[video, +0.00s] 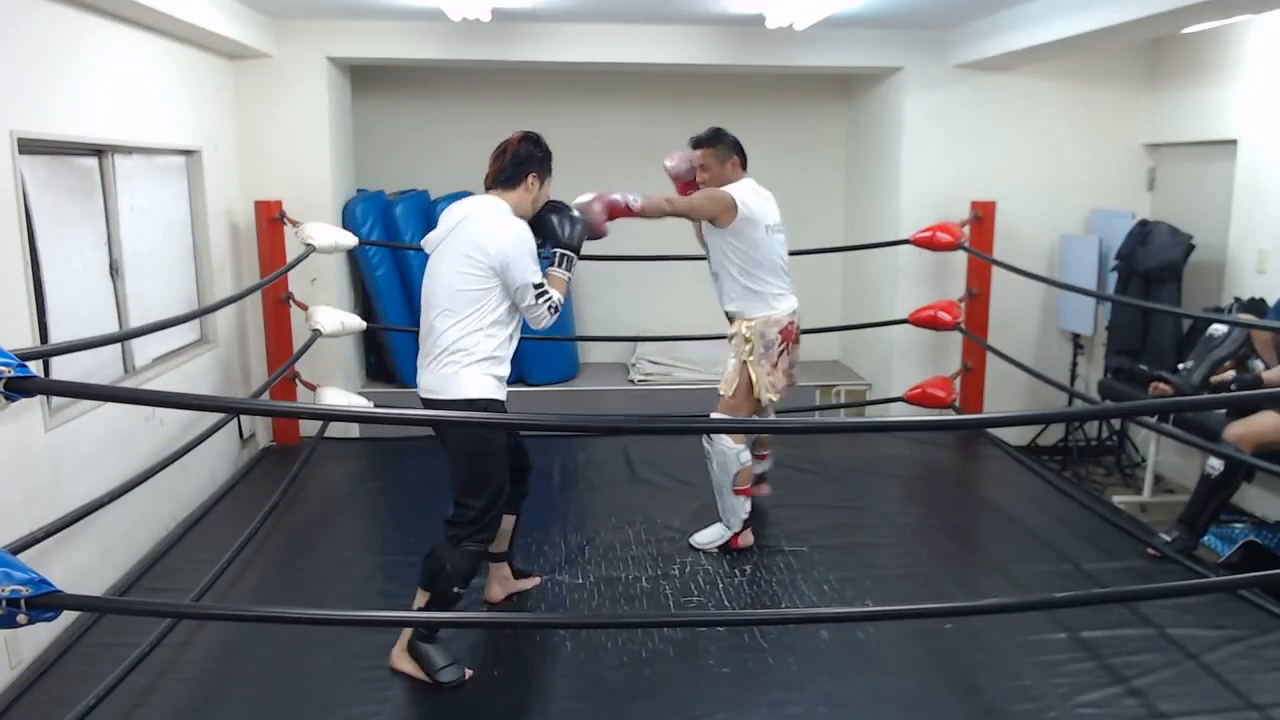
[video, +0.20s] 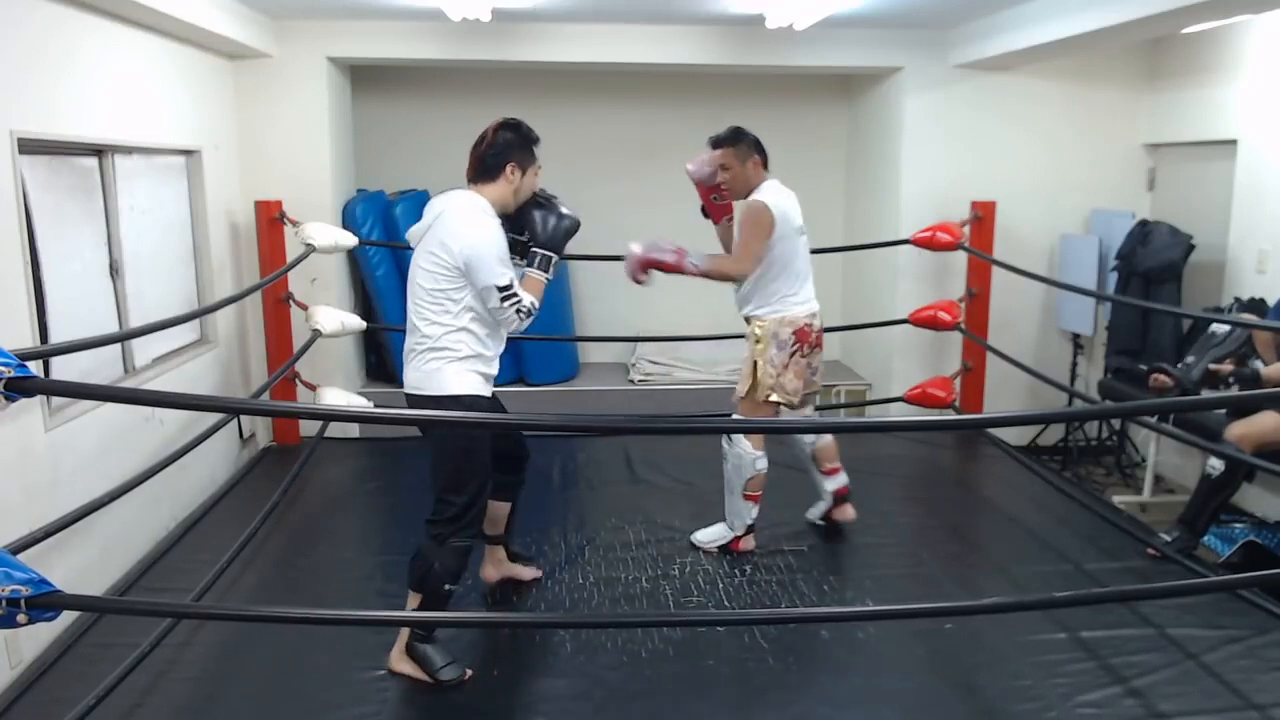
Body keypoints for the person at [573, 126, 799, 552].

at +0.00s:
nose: (698, 179)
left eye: (705, 168)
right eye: (696, 170)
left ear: (733, 165)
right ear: (739, 168)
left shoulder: (728, 199)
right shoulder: (760, 197)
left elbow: (669, 206)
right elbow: (715, 243)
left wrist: (612, 204)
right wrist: (685, 186)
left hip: (757, 327)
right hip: (778, 322)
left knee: (723, 432)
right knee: (758, 407)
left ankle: (735, 526)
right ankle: (758, 474)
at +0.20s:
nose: (720, 179)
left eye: (727, 168)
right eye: (717, 171)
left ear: (755, 163)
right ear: (758, 167)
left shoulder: (760, 205)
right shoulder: (779, 198)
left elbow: (738, 267)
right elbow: (738, 255)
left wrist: (679, 261)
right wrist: (712, 198)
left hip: (776, 332)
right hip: (801, 326)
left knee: (746, 429)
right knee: (801, 417)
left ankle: (740, 529)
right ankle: (839, 501)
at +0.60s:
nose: (741, 205)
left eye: (749, 195)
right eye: (738, 197)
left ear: (781, 192)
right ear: (784, 195)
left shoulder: (778, 233)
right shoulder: (812, 226)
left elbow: (735, 272)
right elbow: (771, 269)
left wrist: (696, 235)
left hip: (801, 365)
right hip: (838, 361)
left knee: (715, 440)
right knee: (816, 430)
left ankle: (698, 549)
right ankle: (853, 515)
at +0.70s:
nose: (721, 201)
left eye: (726, 192)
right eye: (720, 193)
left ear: (754, 186)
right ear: (765, 189)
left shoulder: (741, 222)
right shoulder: (807, 223)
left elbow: (668, 219)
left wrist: (604, 199)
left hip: (791, 363)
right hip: (837, 357)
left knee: (716, 452)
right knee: (837, 437)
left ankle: (696, 565)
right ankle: (854, 513)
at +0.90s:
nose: (721, 189)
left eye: (727, 177)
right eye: (721, 179)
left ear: (758, 174)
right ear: (764, 177)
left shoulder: (744, 225)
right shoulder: (817, 218)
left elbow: (694, 281)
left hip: (762, 372)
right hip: (823, 369)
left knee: (710, 471)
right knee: (840, 468)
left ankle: (689, 576)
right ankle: (871, 570)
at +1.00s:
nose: (737, 190)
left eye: (741, 178)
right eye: (736, 179)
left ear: (772, 173)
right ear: (785, 176)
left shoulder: (756, 230)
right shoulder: (832, 222)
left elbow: (737, 309)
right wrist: (750, 221)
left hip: (768, 378)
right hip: (832, 377)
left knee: (720, 478)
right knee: (845, 489)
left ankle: (685, 578)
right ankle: (872, 607)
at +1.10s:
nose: (754, 190)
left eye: (760, 180)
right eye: (754, 181)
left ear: (790, 177)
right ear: (801, 180)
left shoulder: (771, 235)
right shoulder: (849, 228)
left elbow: (759, 316)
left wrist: (737, 362)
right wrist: (768, 219)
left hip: (781, 388)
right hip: (846, 389)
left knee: (728, 484)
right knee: (854, 504)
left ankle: (687, 579)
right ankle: (872, 626)